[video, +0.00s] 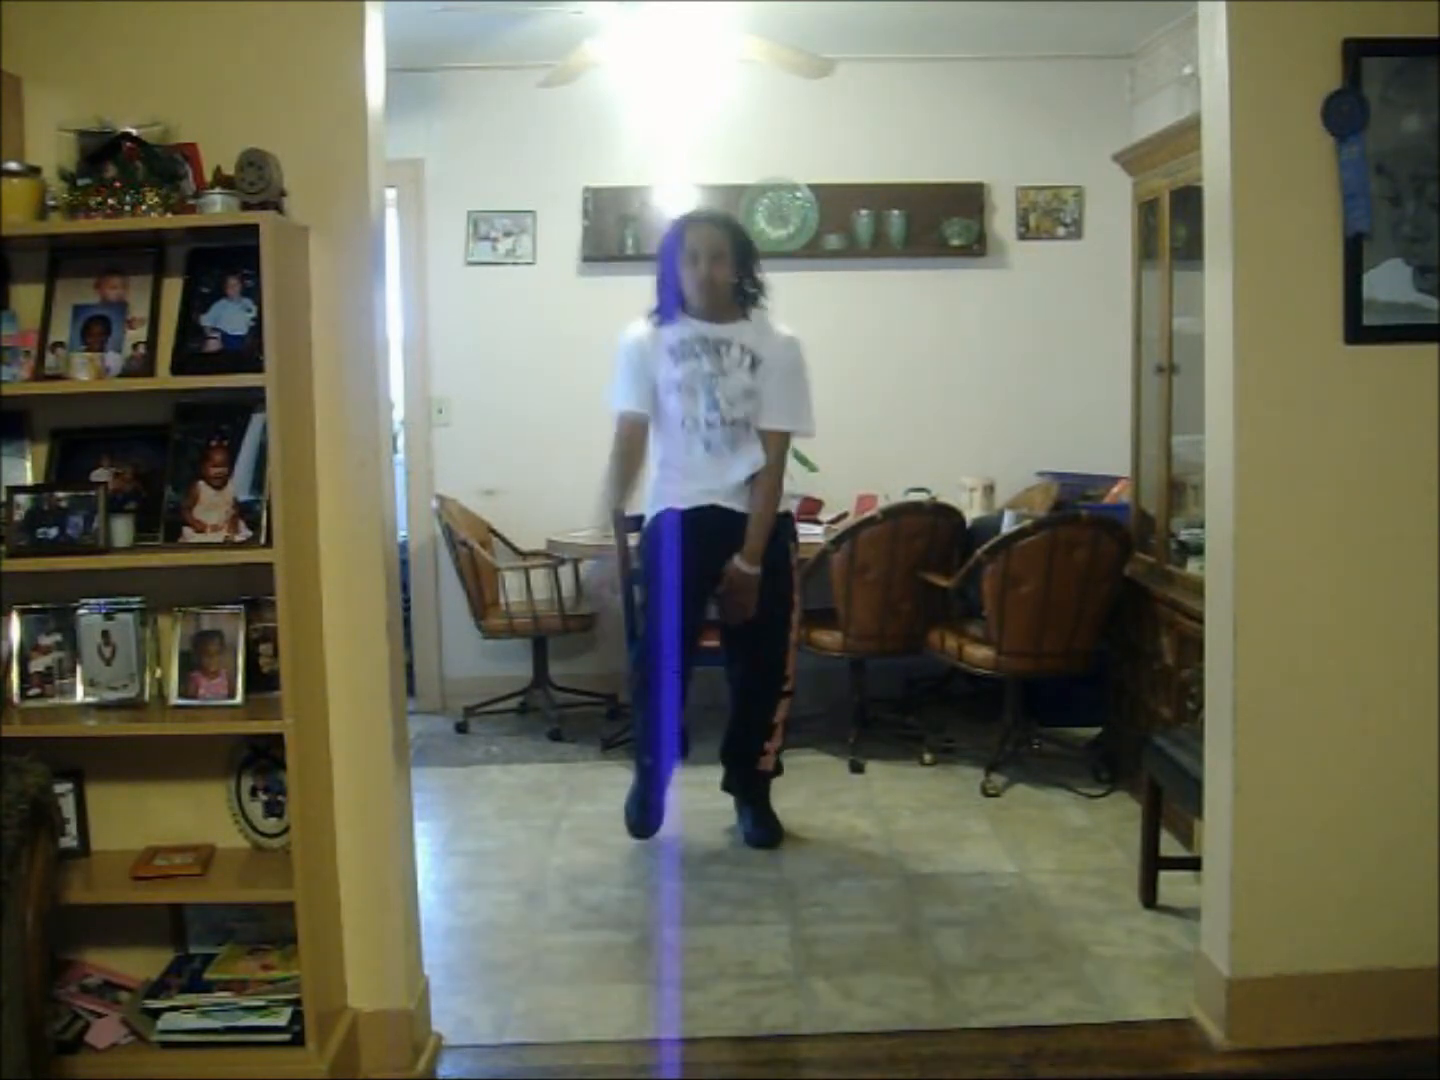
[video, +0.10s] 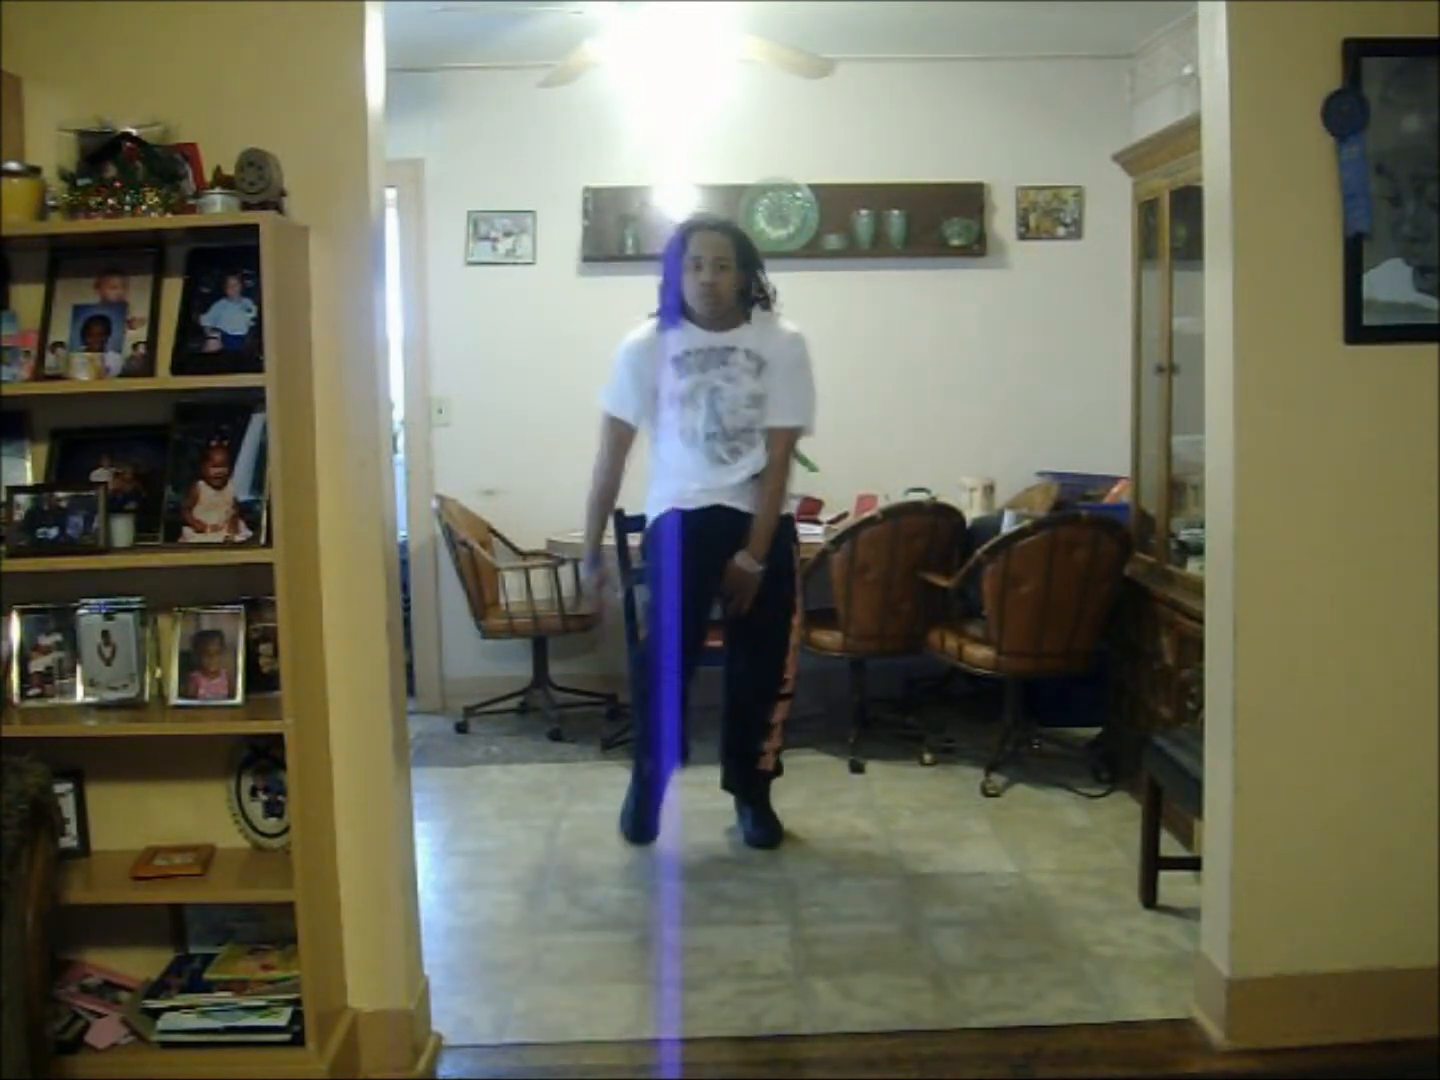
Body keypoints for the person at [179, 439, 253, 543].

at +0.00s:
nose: (219, 472)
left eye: (224, 467)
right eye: (214, 466)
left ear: (231, 469)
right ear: (203, 468)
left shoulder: (231, 488)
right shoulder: (199, 488)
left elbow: (236, 509)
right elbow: (186, 511)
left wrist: (234, 523)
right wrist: (199, 526)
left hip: (225, 534)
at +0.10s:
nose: (219, 472)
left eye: (224, 467)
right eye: (214, 466)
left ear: (231, 469)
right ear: (203, 468)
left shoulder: (231, 488)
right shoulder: (199, 488)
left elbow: (236, 509)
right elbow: (186, 511)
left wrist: (234, 523)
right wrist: (199, 526)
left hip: (225, 534)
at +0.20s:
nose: (219, 472)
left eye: (224, 467)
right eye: (214, 466)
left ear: (231, 469)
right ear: (203, 468)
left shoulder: (231, 488)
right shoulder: (199, 488)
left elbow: (236, 509)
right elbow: (186, 511)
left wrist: (234, 523)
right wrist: (199, 526)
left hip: (225, 534)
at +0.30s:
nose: (219, 472)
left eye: (224, 467)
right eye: (214, 466)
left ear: (231, 469)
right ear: (203, 468)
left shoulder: (231, 488)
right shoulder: (199, 488)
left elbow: (236, 509)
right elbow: (186, 511)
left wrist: (234, 523)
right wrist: (199, 526)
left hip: (225, 533)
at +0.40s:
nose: (219, 472)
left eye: (224, 467)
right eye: (214, 466)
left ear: (231, 469)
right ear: (203, 468)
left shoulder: (231, 488)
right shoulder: (199, 488)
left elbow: (236, 509)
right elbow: (186, 511)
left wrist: (234, 523)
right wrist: (199, 526)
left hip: (225, 534)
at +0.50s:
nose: (219, 472)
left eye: (224, 467)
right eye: (214, 466)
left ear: (230, 469)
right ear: (203, 468)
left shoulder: (231, 488)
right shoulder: (199, 488)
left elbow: (236, 509)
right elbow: (186, 510)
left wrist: (234, 523)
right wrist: (198, 525)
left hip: (225, 534)